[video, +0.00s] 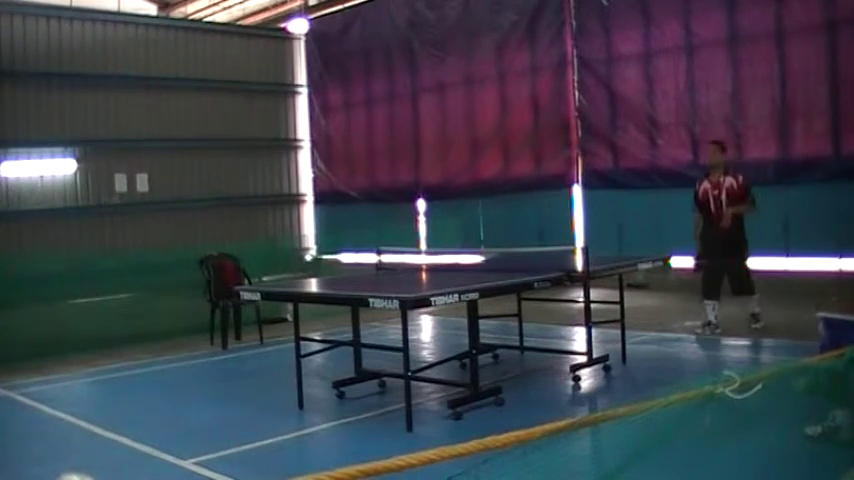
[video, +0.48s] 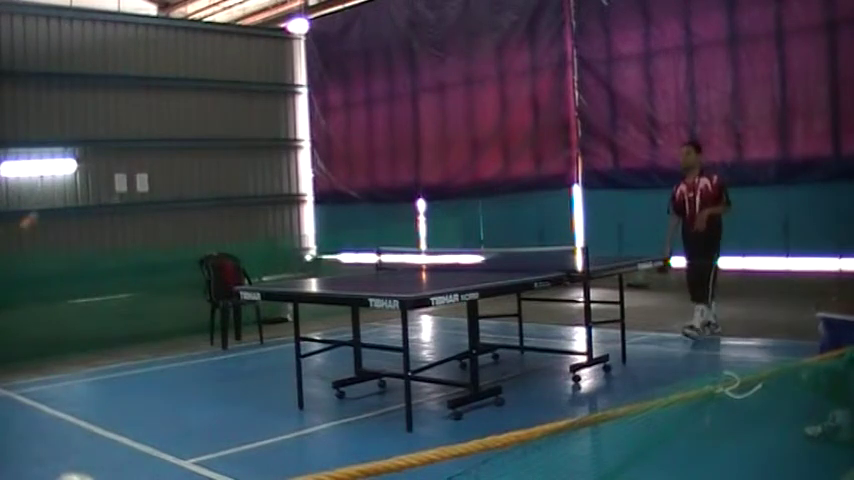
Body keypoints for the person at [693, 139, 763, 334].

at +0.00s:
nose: (712, 158)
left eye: (716, 154)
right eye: (710, 154)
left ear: (724, 156)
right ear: (707, 158)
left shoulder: (737, 181)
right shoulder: (702, 186)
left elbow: (749, 205)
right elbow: (699, 216)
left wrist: (731, 210)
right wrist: (697, 243)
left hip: (733, 241)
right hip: (711, 242)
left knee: (742, 277)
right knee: (710, 280)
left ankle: (754, 312)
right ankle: (711, 320)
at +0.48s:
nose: (684, 158)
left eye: (688, 154)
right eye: (683, 154)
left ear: (698, 157)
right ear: (681, 158)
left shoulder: (712, 181)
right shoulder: (679, 189)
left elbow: (724, 206)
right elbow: (675, 220)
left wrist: (706, 212)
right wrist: (668, 248)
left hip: (709, 234)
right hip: (690, 236)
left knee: (702, 272)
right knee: (696, 273)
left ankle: (699, 320)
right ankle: (709, 318)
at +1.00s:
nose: (668, 155)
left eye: (672, 151)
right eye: (667, 151)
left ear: (682, 154)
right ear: (668, 154)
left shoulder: (692, 181)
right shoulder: (663, 184)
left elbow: (701, 209)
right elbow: (658, 215)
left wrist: (676, 206)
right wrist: (651, 241)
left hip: (686, 242)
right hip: (665, 241)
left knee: (684, 283)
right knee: (658, 279)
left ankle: (688, 329)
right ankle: (673, 313)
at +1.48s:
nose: (622, 164)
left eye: (625, 160)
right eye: (622, 160)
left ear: (636, 162)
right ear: (629, 163)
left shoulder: (644, 181)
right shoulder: (634, 183)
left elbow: (633, 198)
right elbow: (638, 223)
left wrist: (618, 177)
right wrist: (637, 245)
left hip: (656, 245)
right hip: (641, 245)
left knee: (666, 286)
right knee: (635, 285)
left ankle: (681, 326)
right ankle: (638, 322)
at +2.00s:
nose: (609, 164)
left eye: (613, 160)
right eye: (610, 160)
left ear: (624, 163)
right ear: (619, 164)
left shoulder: (632, 184)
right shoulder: (623, 186)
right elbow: (628, 219)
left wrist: (654, 247)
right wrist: (630, 244)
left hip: (649, 241)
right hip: (634, 242)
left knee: (661, 280)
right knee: (634, 282)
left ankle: (679, 317)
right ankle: (637, 321)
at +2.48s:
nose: (650, 160)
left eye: (655, 156)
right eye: (649, 156)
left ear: (664, 160)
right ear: (646, 160)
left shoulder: (676, 184)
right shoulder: (642, 188)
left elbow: (687, 208)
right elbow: (632, 217)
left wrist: (687, 232)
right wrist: (624, 243)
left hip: (675, 242)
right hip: (651, 243)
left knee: (685, 283)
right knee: (646, 284)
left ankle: (700, 320)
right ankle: (638, 323)